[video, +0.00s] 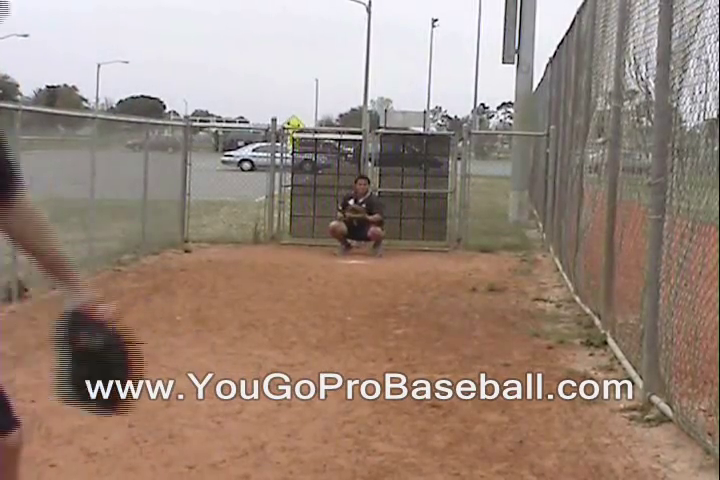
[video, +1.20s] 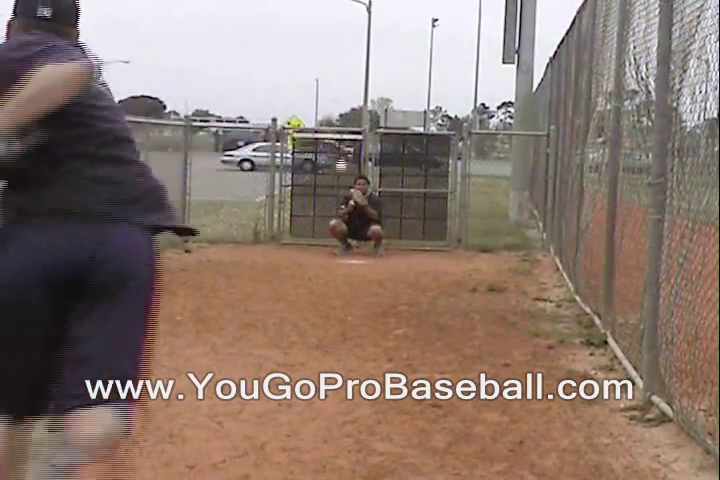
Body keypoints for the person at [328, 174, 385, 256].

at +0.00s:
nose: (362, 187)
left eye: (364, 185)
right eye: (360, 184)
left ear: (368, 186)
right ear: (355, 186)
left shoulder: (373, 200)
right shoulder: (348, 198)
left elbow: (379, 217)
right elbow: (339, 213)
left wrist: (364, 217)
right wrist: (346, 216)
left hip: (365, 227)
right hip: (350, 226)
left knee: (376, 231)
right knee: (334, 227)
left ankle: (376, 245)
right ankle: (346, 245)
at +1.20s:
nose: (361, 187)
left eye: (363, 184)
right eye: (358, 184)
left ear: (367, 186)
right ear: (354, 186)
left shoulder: (373, 199)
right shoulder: (348, 198)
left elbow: (377, 217)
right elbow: (338, 213)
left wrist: (365, 206)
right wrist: (348, 209)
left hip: (366, 228)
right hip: (350, 227)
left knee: (376, 230)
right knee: (334, 225)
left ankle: (377, 246)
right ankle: (346, 245)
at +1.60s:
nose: (358, 190)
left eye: (360, 188)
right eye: (355, 188)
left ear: (364, 190)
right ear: (352, 189)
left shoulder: (369, 199)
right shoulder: (347, 201)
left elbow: (374, 208)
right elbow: (337, 214)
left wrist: (365, 211)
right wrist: (348, 214)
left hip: (366, 228)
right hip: (351, 227)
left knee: (378, 227)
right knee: (334, 225)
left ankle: (377, 246)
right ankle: (346, 245)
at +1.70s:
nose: (357, 192)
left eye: (359, 189)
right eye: (355, 189)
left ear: (363, 191)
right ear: (351, 190)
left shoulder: (369, 199)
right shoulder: (346, 200)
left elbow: (374, 209)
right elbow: (333, 212)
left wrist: (361, 216)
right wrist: (345, 217)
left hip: (365, 228)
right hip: (349, 228)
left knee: (379, 227)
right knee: (334, 225)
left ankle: (378, 246)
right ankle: (346, 245)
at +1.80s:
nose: (356, 193)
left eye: (358, 190)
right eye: (354, 190)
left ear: (363, 191)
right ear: (351, 191)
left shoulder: (368, 200)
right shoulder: (346, 201)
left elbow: (371, 210)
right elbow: (333, 212)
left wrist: (367, 222)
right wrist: (349, 215)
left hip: (366, 228)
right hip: (351, 228)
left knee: (380, 226)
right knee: (335, 224)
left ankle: (379, 246)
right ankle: (346, 245)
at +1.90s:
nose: (356, 193)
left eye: (358, 190)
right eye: (354, 190)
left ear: (362, 192)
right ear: (350, 192)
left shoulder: (369, 201)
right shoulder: (346, 201)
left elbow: (371, 215)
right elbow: (334, 212)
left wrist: (367, 230)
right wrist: (348, 215)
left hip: (366, 228)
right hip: (352, 228)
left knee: (381, 226)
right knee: (335, 224)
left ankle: (380, 246)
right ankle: (346, 245)